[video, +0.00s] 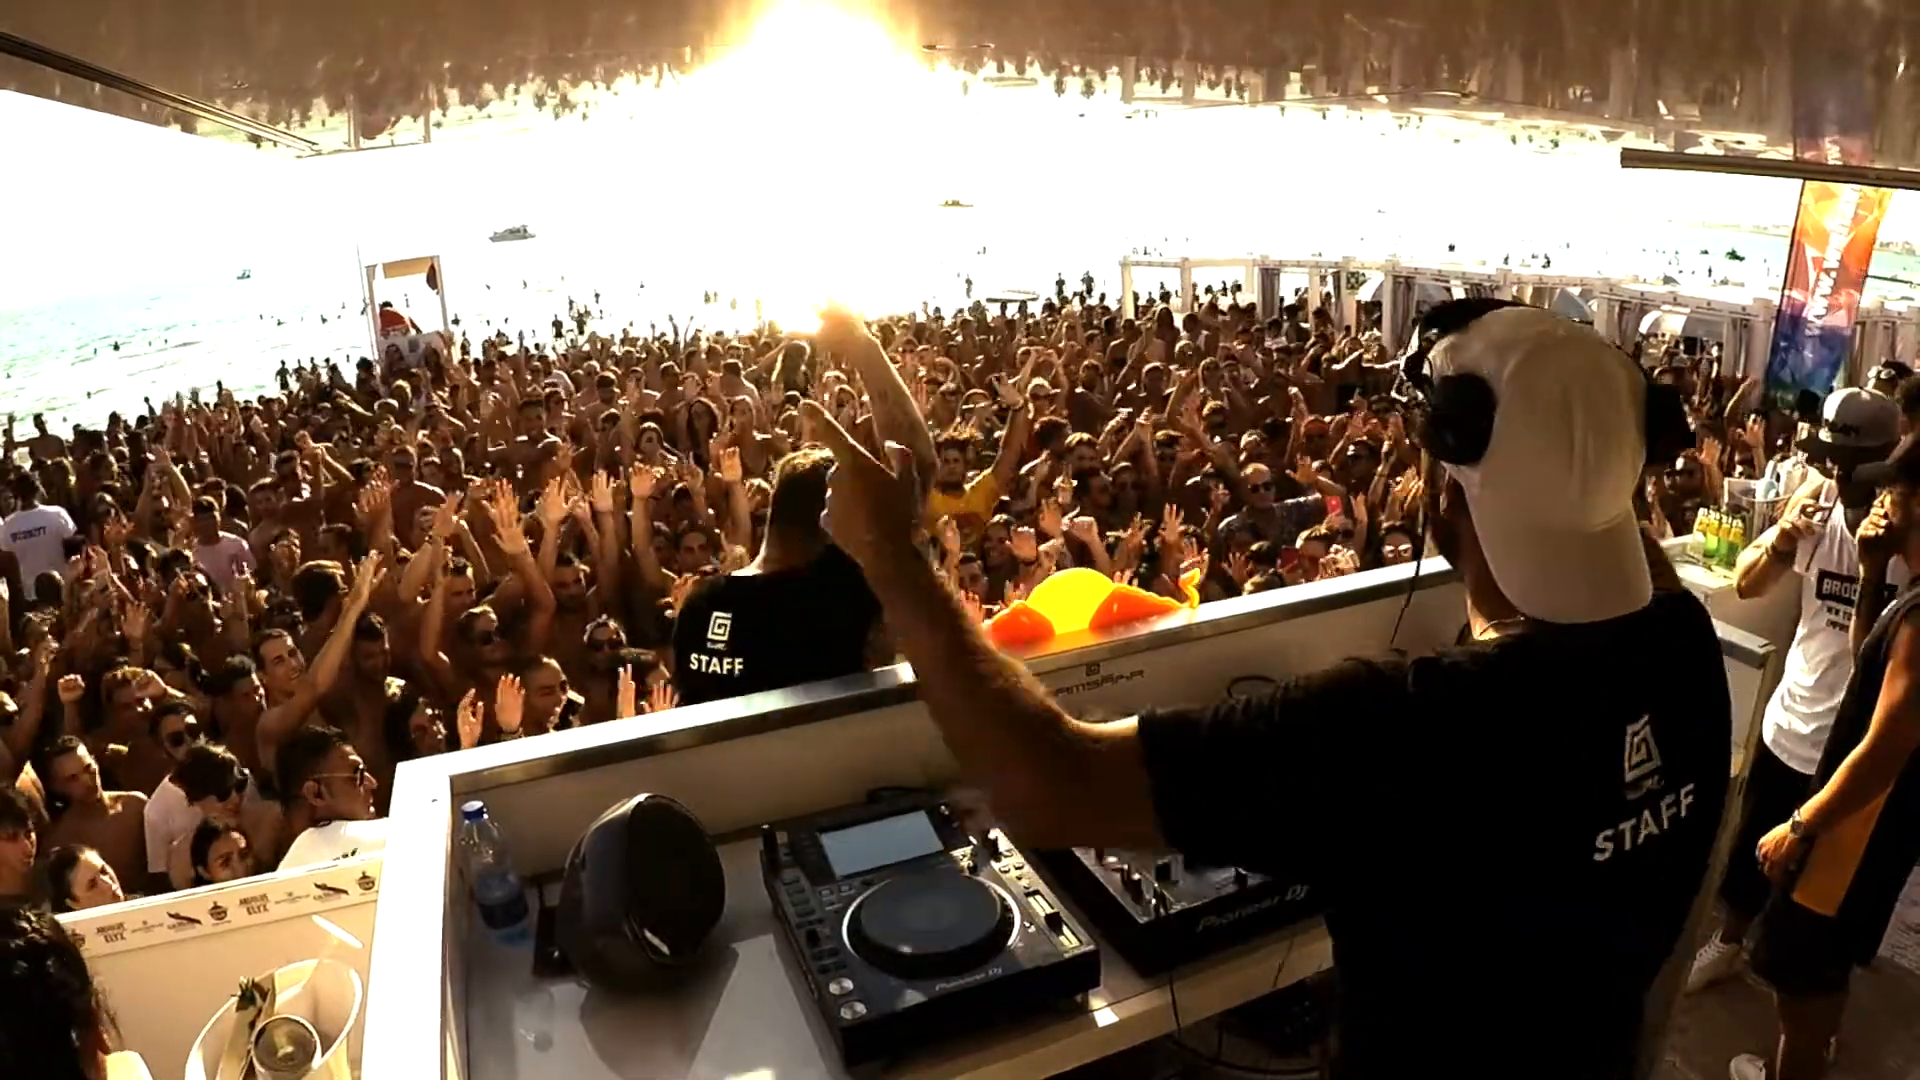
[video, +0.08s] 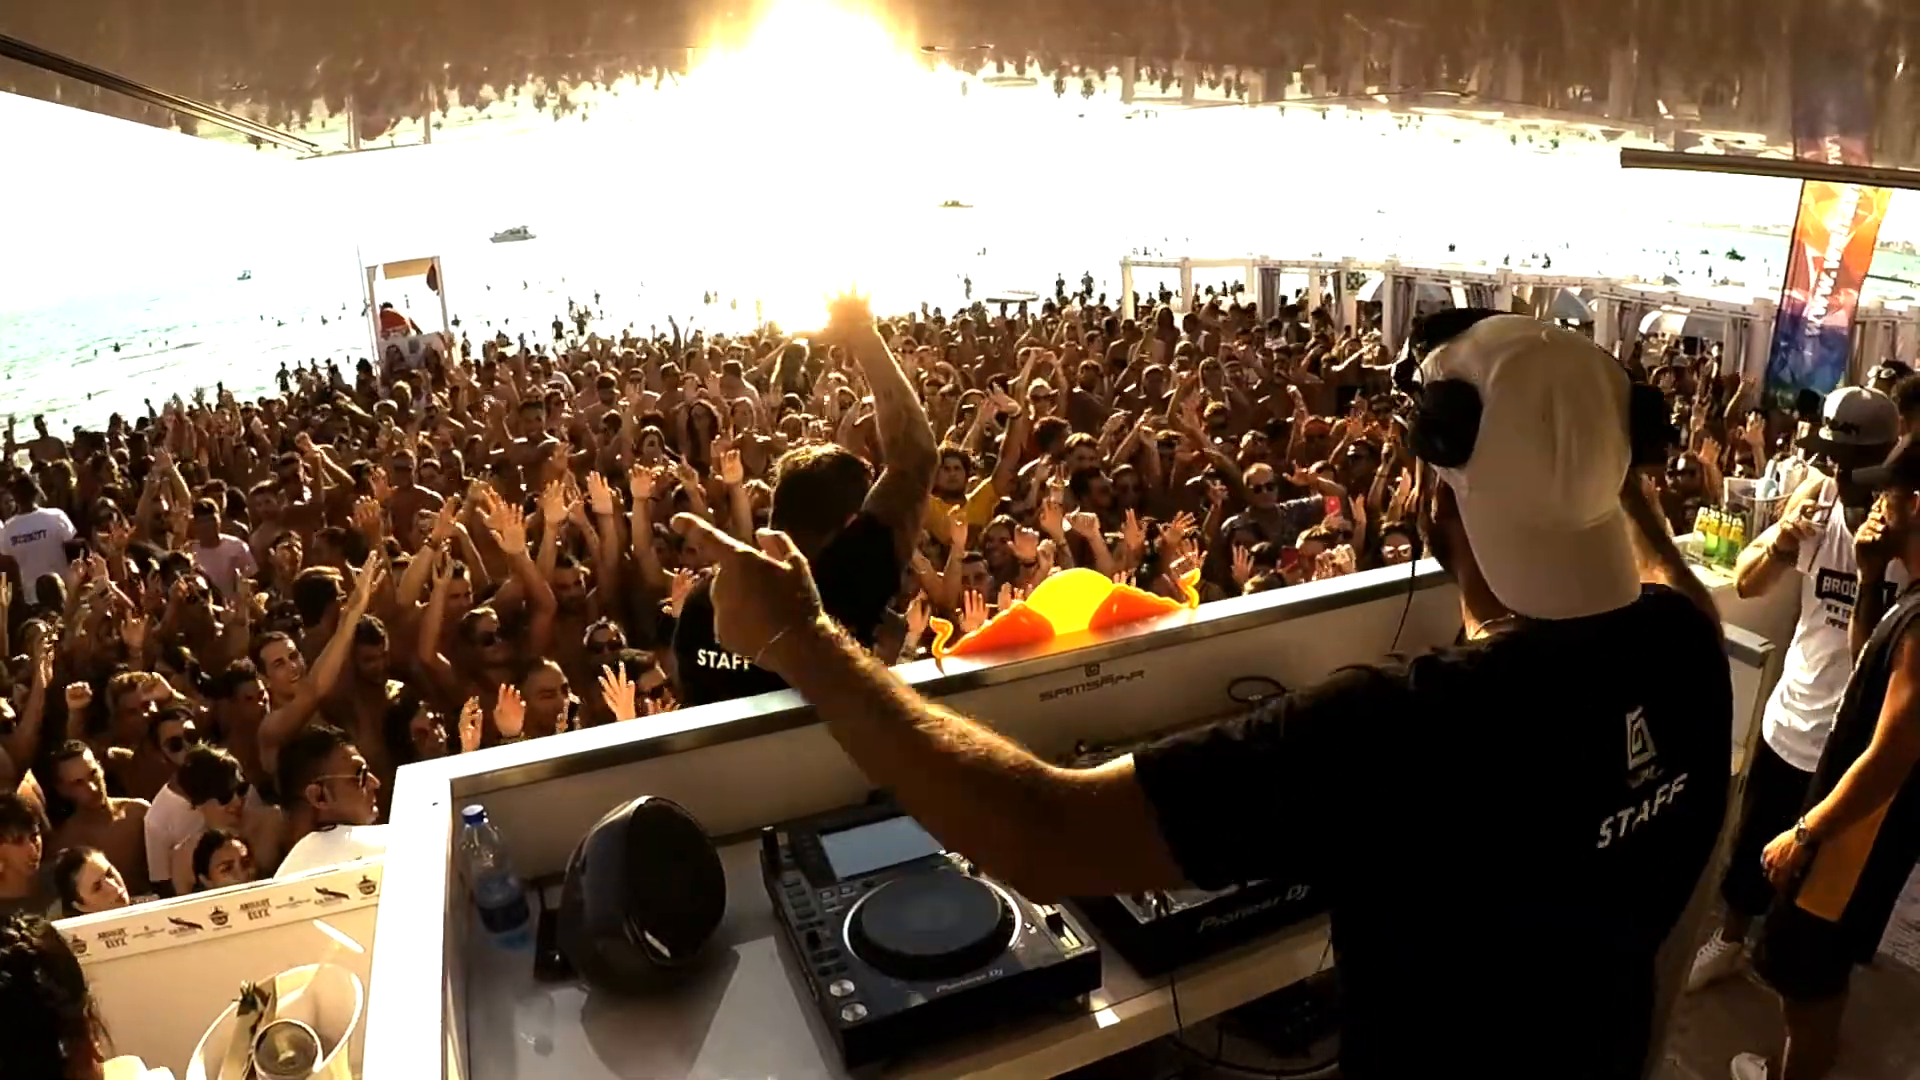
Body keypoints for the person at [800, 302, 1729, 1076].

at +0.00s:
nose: (1424, 490)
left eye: (1433, 460)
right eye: (1432, 456)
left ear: (1465, 500)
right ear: (1620, 488)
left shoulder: (1408, 731)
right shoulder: (1688, 657)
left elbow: (1053, 790)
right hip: (1604, 1061)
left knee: (1097, 1059)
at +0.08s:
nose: (1411, 501)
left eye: (1418, 471)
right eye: (1415, 470)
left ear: (1453, 507)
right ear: (1615, 484)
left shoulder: (1391, 737)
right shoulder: (1689, 656)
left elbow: (1049, 838)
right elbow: (1641, 557)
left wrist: (801, 643)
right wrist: (1589, 437)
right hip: (1609, 1058)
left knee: (1136, 1046)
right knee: (1205, 1024)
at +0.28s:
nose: (1383, 490)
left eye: (1394, 453)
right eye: (1389, 449)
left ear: (1430, 480)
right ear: (1569, 481)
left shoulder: (1394, 725)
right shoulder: (1647, 646)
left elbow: (1131, 987)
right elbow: (1771, 733)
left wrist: (744, 939)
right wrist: (1825, 578)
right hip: (1581, 1059)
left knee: (909, 967)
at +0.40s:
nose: (1414, 492)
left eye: (1416, 460)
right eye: (1414, 460)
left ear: (1444, 489)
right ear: (1597, 473)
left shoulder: (1391, 734)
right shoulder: (1663, 644)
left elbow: (1053, 851)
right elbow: (1607, 548)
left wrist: (846, 650)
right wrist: (1556, 444)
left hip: (1421, 1077)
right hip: (1601, 1054)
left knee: (1128, 1064)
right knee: (1219, 1021)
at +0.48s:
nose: (1409, 488)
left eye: (1414, 461)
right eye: (1413, 458)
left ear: (1440, 490)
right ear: (1593, 463)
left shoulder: (1386, 723)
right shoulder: (1653, 630)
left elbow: (1050, 846)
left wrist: (901, 628)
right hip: (1586, 1060)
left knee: (1132, 1054)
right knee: (1231, 1018)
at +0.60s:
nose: (1337, 507)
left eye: (1341, 477)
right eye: (1347, 469)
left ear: (1361, 506)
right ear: (1548, 493)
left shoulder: (1335, 755)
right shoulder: (1635, 668)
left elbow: (1062, 1008)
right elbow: (1743, 784)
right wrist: (1771, 629)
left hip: (1365, 1079)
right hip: (1573, 1068)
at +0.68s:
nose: (1332, 520)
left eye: (1338, 486)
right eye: (1342, 483)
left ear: (1365, 501)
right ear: (1509, 495)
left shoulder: (1329, 746)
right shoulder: (1617, 662)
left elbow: (1146, 1021)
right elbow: (1768, 817)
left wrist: (771, 1058)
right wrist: (1869, 697)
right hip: (1572, 1072)